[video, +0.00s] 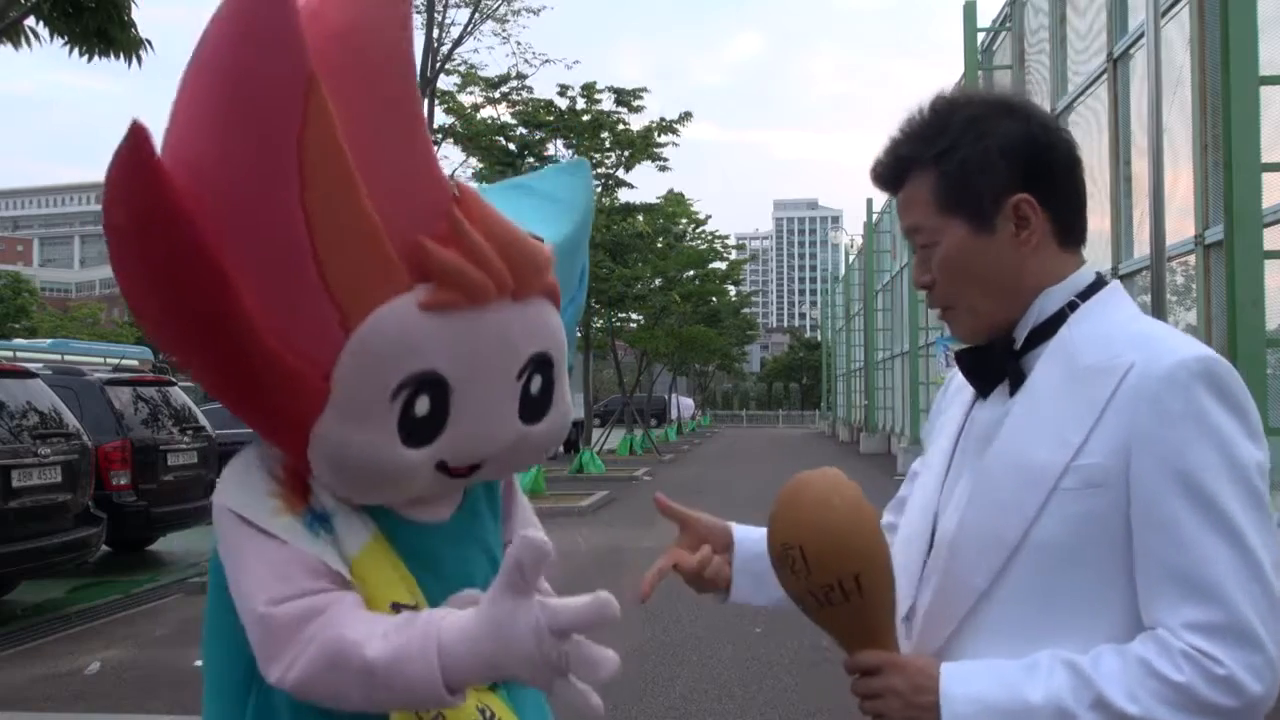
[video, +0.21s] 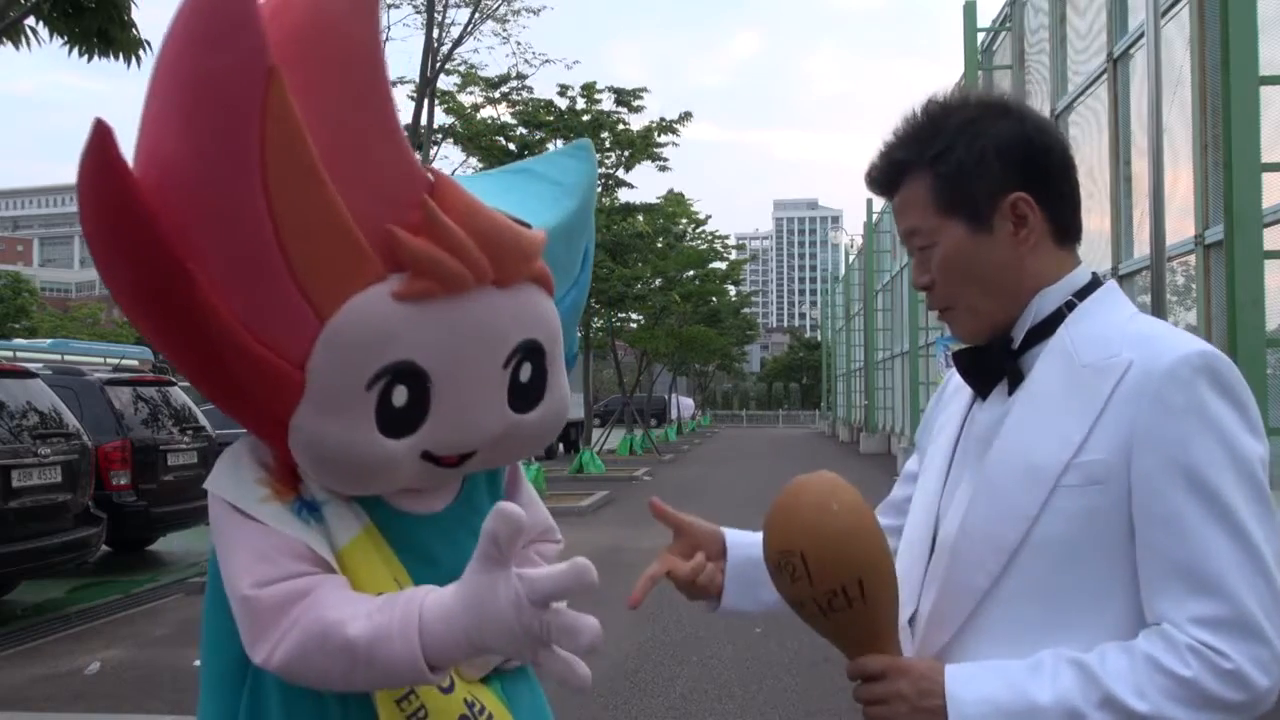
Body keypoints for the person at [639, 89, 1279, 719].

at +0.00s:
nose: (917, 278)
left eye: (927, 243)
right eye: (912, 250)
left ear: (1020, 222)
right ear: (1009, 226)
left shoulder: (1170, 382)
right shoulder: (976, 382)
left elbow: (1228, 668)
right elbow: (912, 565)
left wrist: (956, 692)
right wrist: (749, 559)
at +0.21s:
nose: (915, 277)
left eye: (924, 246)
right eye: (909, 253)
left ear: (1017, 219)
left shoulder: (1170, 378)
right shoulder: (965, 385)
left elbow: (1232, 662)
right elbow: (895, 556)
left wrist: (963, 693)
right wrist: (745, 565)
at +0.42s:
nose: (927, 238)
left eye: (944, 204)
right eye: (929, 209)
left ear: (1041, 207)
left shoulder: (1159, 375)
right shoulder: (964, 376)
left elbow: (1203, 663)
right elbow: (905, 576)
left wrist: (934, 687)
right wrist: (773, 594)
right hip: (907, 712)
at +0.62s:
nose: (948, 226)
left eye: (970, 194)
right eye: (955, 201)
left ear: (1070, 202)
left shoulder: (1154, 375)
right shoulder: (974, 371)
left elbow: (1142, 662)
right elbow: (931, 567)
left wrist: (870, 645)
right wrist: (820, 585)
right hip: (897, 707)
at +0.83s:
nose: (970, 214)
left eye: (995, 183)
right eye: (980, 189)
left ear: (1089, 201)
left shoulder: (1149, 374)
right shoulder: (981, 372)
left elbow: (1098, 659)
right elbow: (930, 568)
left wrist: (848, 623)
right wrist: (822, 588)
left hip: (1008, 710)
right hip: (902, 702)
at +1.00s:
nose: (977, 208)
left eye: (1004, 178)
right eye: (990, 184)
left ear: (1095, 201)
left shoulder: (1150, 373)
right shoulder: (983, 372)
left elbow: (1093, 658)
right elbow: (935, 576)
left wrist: (846, 619)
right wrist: (828, 597)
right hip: (901, 702)